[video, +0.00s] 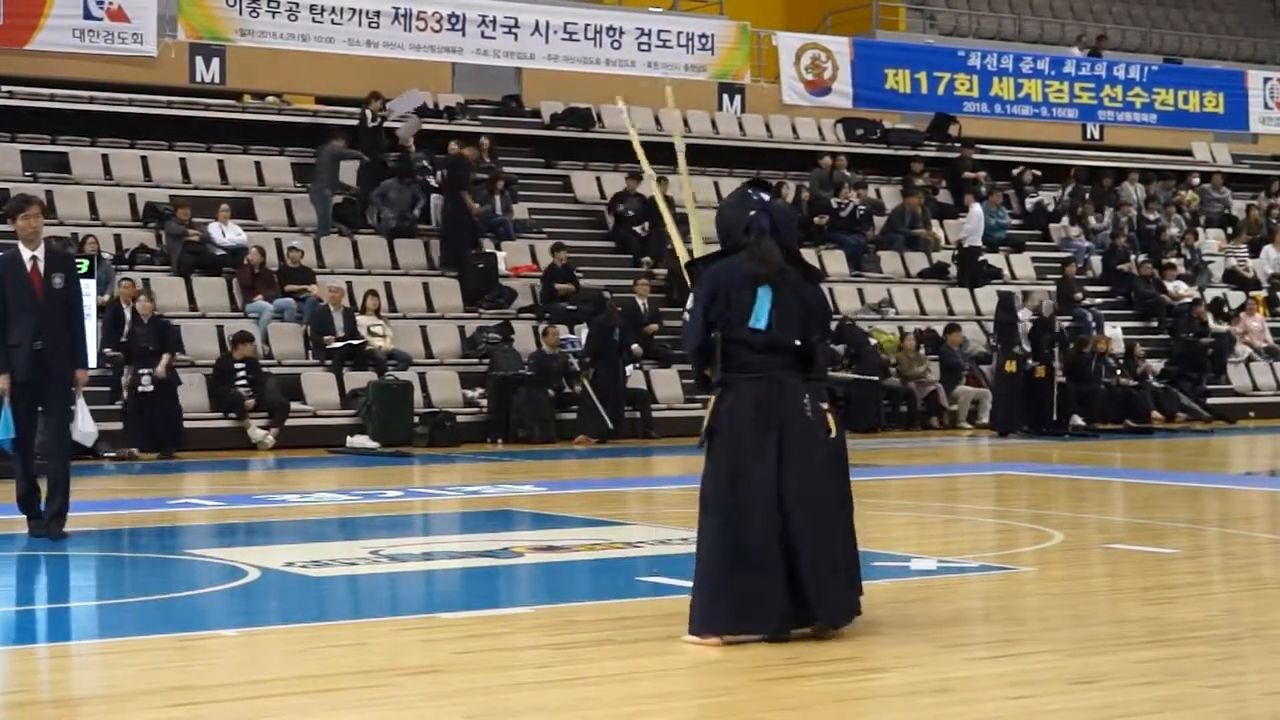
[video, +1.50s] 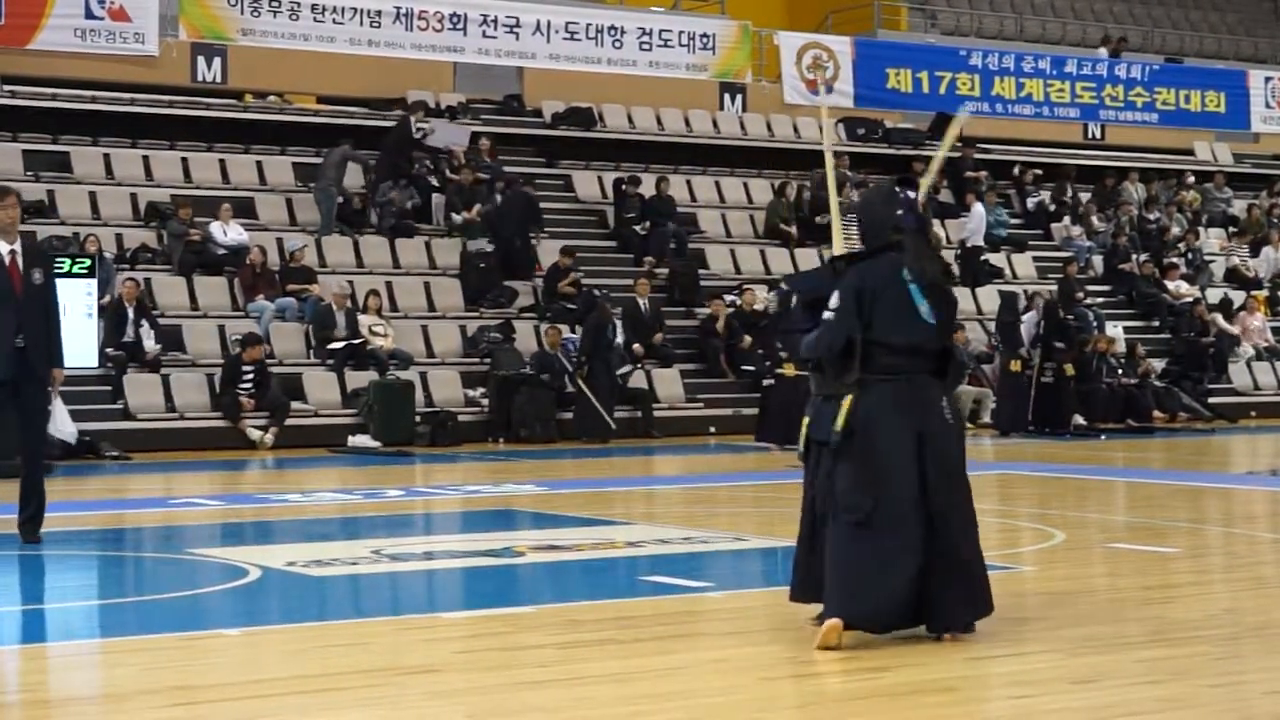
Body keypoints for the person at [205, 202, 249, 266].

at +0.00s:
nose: (225, 214)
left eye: (227, 211)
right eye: (222, 211)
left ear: (230, 213)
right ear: (217, 214)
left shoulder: (234, 226)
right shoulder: (212, 226)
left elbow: (244, 240)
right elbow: (219, 242)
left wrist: (227, 239)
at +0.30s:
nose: (227, 214)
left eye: (229, 211)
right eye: (224, 211)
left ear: (231, 213)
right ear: (219, 213)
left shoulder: (234, 226)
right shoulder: (213, 226)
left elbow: (244, 240)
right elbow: (219, 242)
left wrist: (228, 239)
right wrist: (239, 244)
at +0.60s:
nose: (227, 213)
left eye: (229, 210)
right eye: (225, 210)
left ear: (231, 212)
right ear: (219, 212)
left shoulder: (235, 226)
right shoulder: (213, 226)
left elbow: (245, 240)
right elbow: (220, 241)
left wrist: (228, 239)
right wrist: (240, 244)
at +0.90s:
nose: (228, 213)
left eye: (230, 210)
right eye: (225, 210)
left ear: (232, 212)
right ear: (219, 212)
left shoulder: (235, 226)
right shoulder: (214, 225)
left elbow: (246, 240)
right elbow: (221, 242)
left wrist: (229, 239)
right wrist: (241, 244)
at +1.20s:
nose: (230, 213)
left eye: (231, 211)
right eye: (227, 211)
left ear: (233, 212)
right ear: (220, 212)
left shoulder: (236, 226)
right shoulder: (214, 226)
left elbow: (246, 241)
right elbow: (221, 242)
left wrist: (229, 239)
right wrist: (242, 244)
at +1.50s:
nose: (229, 213)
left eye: (230, 210)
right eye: (226, 210)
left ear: (232, 212)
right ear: (219, 213)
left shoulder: (236, 226)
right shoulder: (214, 225)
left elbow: (246, 240)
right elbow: (221, 241)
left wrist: (229, 239)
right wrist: (241, 244)